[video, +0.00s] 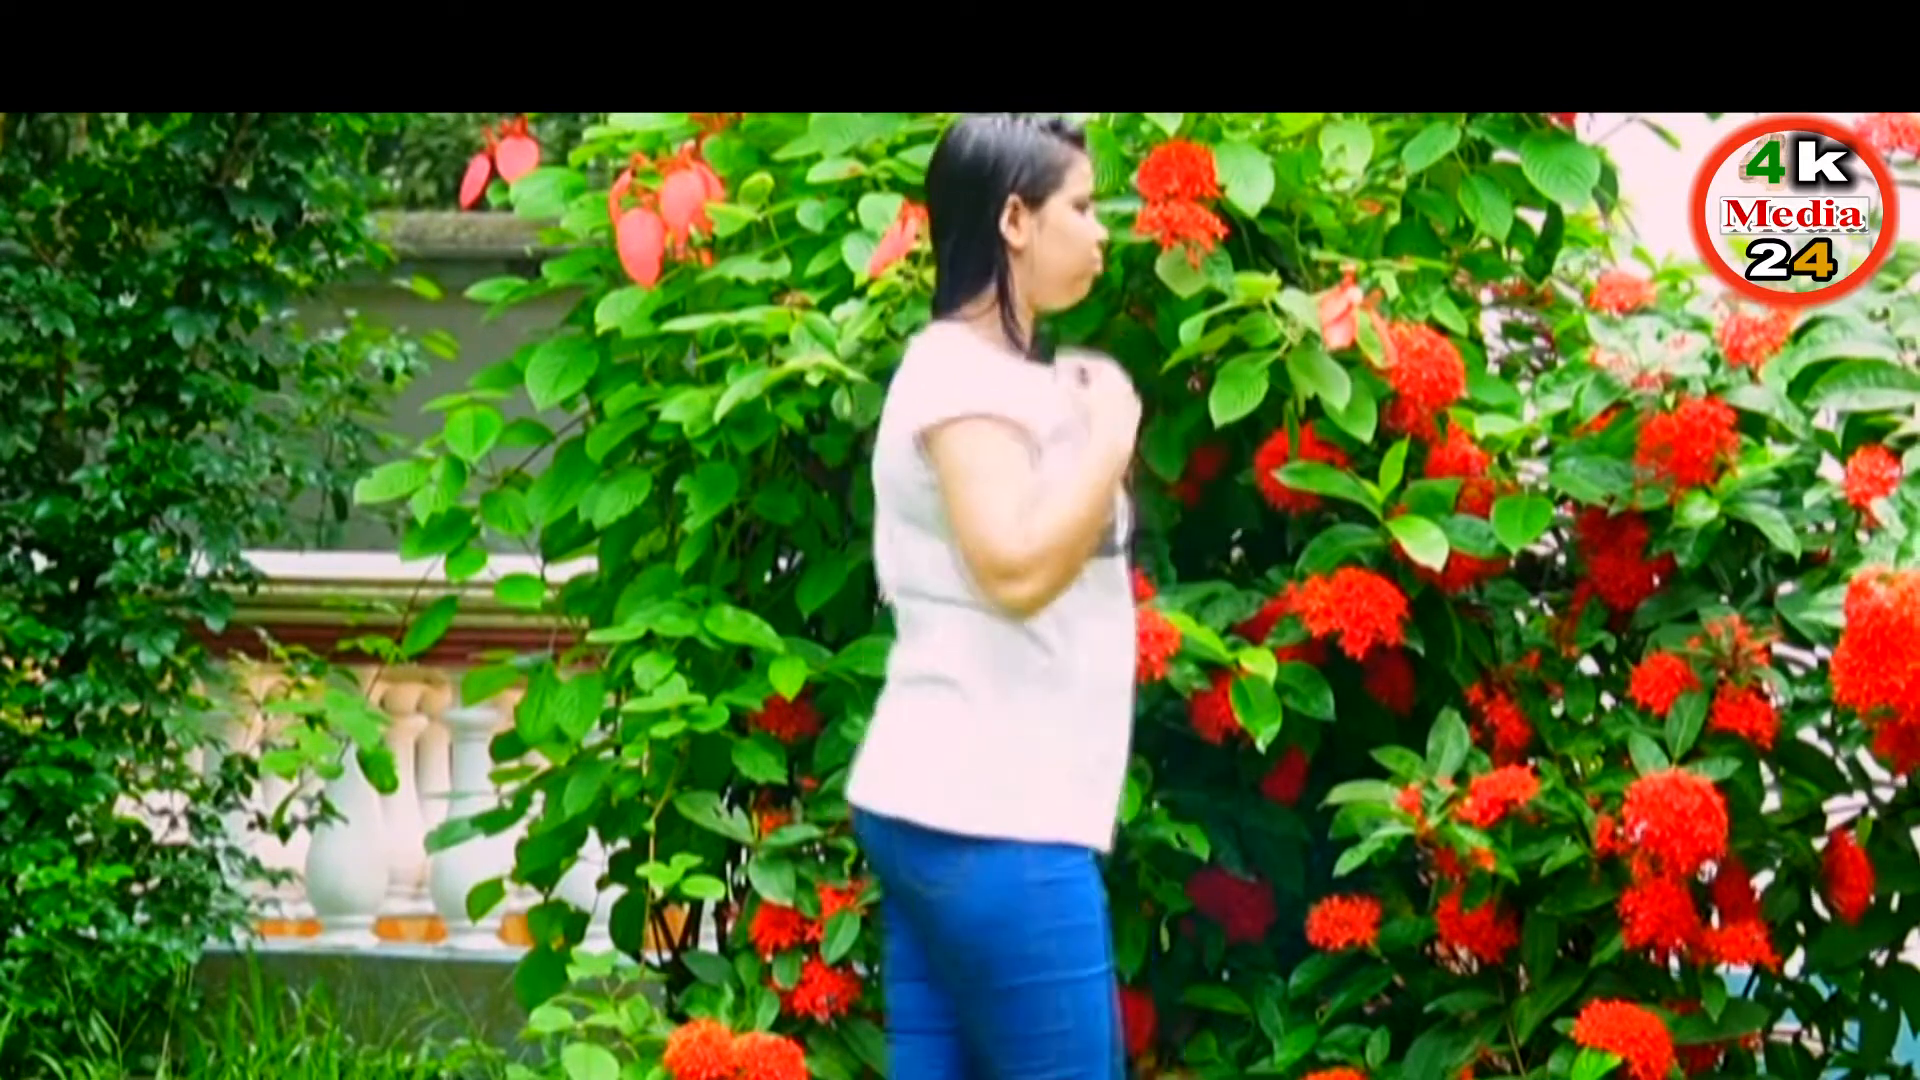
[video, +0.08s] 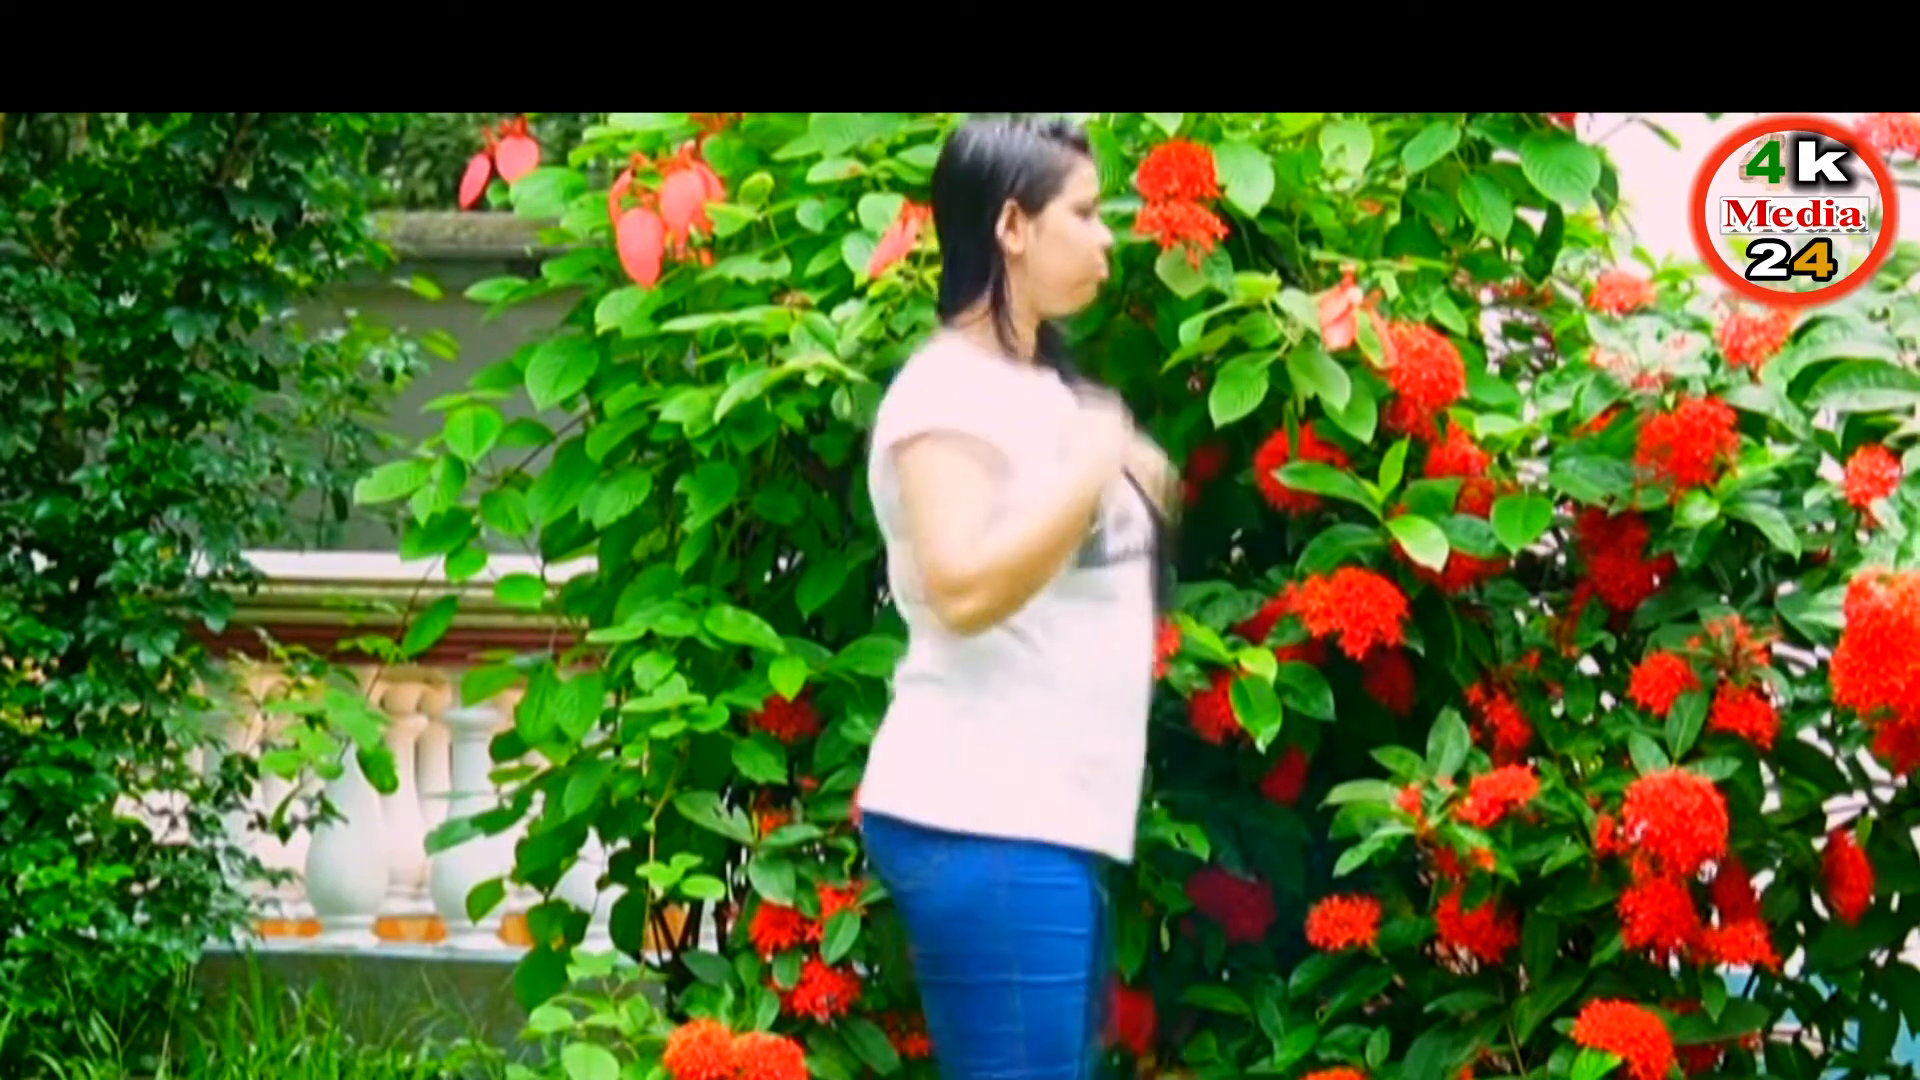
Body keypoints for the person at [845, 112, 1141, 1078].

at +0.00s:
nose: (1101, 233)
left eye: (1095, 208)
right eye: (1084, 208)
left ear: (1024, 229)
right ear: (1017, 224)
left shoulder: (999, 366)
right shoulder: (958, 365)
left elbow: (1018, 567)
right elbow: (1014, 570)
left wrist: (1092, 433)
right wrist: (1112, 431)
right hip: (992, 813)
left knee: (934, 1066)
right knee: (1070, 1065)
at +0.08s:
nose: (1107, 241)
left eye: (1101, 214)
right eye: (1088, 215)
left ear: (1023, 234)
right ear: (1012, 230)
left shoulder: (1045, 391)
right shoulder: (945, 385)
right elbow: (962, 592)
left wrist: (1139, 486)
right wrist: (1098, 462)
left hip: (1051, 818)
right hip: (982, 820)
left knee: (1060, 1061)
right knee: (1019, 1065)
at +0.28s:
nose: (1116, 263)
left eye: (1115, 239)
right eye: (1092, 236)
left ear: (1025, 250)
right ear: (1008, 246)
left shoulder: (1102, 419)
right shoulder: (922, 427)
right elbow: (880, 625)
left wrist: (1178, 609)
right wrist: (1048, 539)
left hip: (1124, 846)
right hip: (972, 844)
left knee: (1159, 1067)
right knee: (976, 1068)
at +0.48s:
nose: (1133, 239)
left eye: (1141, 217)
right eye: (1106, 212)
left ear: (1146, 232)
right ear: (1023, 219)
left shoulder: (1162, 397)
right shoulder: (915, 394)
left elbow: (1195, 579)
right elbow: (861, 596)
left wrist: (1243, 681)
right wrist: (1045, 558)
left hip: (1169, 814)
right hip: (989, 822)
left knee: (1137, 1068)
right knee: (1005, 1070)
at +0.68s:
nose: (1133, 241)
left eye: (1151, 220)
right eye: (1105, 214)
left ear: (1169, 240)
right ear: (1032, 226)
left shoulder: (1207, 409)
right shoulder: (935, 411)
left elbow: (1245, 613)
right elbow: (852, 610)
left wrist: (1337, 732)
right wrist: (987, 662)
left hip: (1179, 836)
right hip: (997, 846)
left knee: (1170, 1068)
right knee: (1001, 1068)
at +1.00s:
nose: (1069, 252)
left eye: (1097, 231)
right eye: (1045, 221)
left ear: (1122, 252)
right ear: (987, 226)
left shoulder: (1144, 399)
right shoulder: (885, 419)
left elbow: (1199, 587)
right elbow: (861, 611)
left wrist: (1226, 698)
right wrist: (865, 734)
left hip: (1137, 847)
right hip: (946, 854)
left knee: (1139, 1071)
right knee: (873, 1070)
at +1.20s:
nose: (1017, 267)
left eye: (1047, 247)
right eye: (994, 237)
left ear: (1077, 270)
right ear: (944, 241)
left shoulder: (1094, 443)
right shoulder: (825, 406)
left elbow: (1127, 651)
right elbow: (768, 591)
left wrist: (1217, 741)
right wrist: (724, 738)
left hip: (1034, 872)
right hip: (848, 869)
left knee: (1054, 1069)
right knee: (798, 1067)